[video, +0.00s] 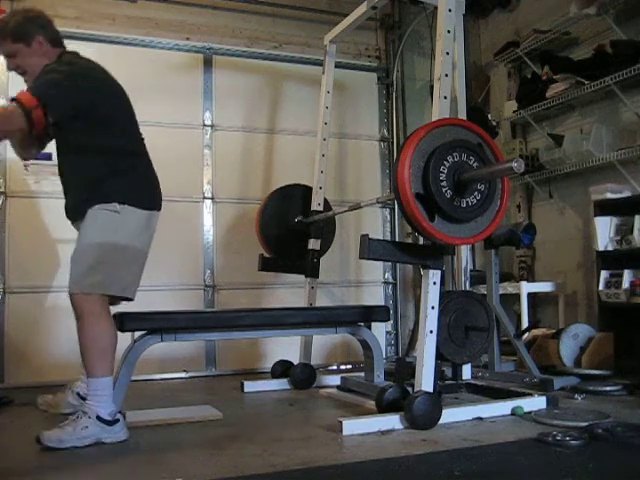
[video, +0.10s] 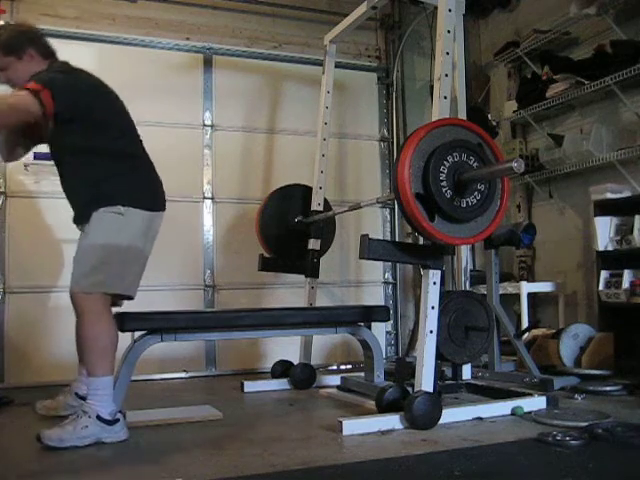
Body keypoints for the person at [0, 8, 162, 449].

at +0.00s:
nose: (14, 69)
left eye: (16, 58)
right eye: (11, 61)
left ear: (42, 44)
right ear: (42, 48)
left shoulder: (69, 73)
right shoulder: (68, 75)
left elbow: (11, 121)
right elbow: (30, 148)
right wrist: (16, 118)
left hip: (119, 198)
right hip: (114, 198)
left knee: (88, 297)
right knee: (88, 297)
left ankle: (104, 416)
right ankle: (96, 393)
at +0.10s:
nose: (7, 80)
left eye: (7, 70)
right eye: (4, 73)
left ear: (29, 57)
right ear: (35, 59)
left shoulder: (61, 80)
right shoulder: (62, 86)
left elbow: (14, 108)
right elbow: (13, 150)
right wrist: (17, 121)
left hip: (124, 201)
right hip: (118, 202)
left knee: (90, 297)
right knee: (87, 296)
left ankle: (104, 415)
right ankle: (88, 394)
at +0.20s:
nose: (1, 91)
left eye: (1, 81)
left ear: (19, 71)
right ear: (25, 71)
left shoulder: (52, 89)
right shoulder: (52, 95)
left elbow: (12, 122)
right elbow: (14, 154)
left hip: (131, 202)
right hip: (111, 205)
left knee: (96, 295)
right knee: (80, 295)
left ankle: (107, 415)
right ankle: (86, 400)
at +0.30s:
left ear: (10, 88)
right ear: (12, 89)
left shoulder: (43, 103)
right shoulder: (29, 124)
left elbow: (40, 142)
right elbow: (10, 175)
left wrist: (24, 217)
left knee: (101, 293)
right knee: (77, 294)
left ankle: (107, 414)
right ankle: (85, 397)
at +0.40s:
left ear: (5, 113)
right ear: (6, 115)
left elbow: (50, 172)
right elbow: (14, 203)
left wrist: (47, 238)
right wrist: (1, 232)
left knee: (98, 294)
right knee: (75, 295)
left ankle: (107, 415)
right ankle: (85, 395)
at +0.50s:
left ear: (4, 141)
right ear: (6, 141)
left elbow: (52, 178)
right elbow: (28, 219)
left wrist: (51, 255)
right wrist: (29, 268)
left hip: (143, 208)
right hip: (119, 215)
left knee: (92, 294)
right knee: (73, 293)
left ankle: (106, 415)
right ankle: (84, 395)